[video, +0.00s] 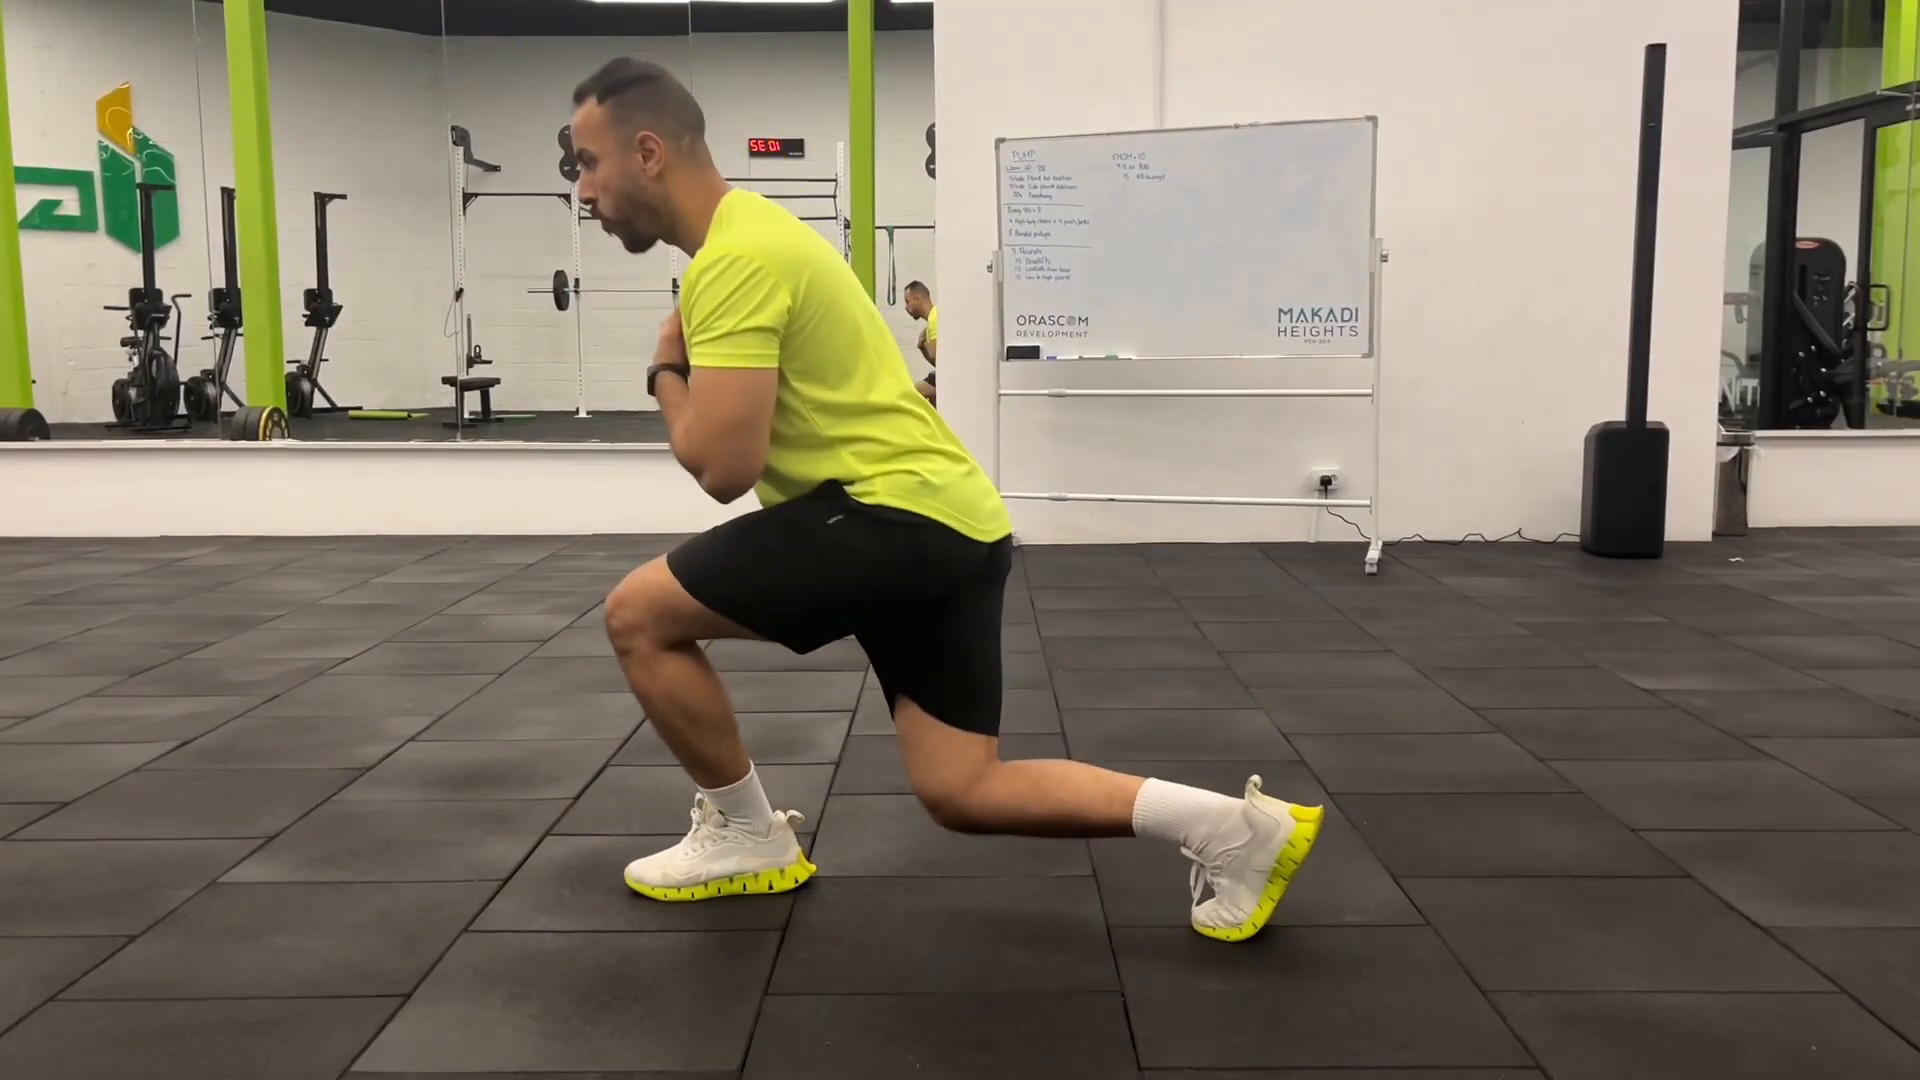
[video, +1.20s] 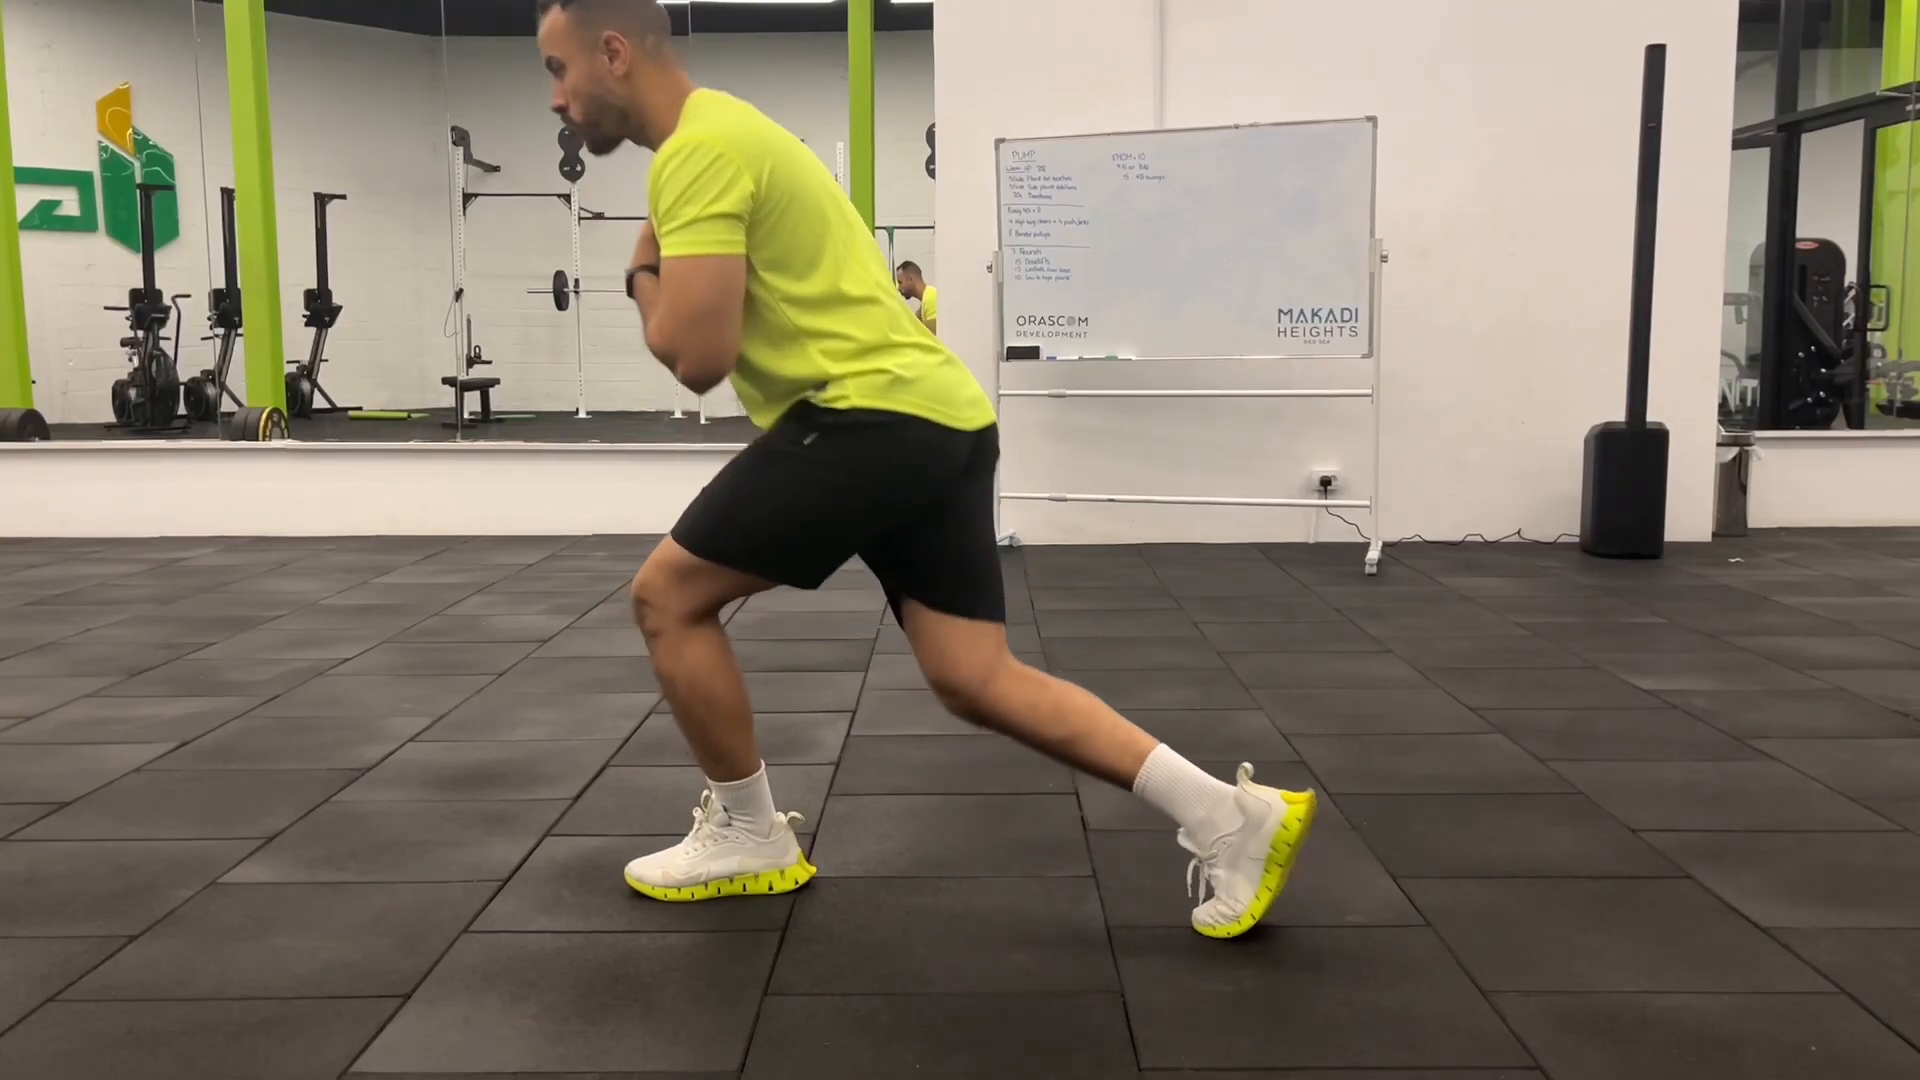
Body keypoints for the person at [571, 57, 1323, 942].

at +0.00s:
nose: (578, 193)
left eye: (585, 164)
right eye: (573, 168)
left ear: (649, 152)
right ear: (658, 154)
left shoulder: (741, 253)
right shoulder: (758, 237)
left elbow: (724, 465)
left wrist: (666, 379)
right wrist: (693, 383)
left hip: (887, 514)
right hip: (951, 518)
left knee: (640, 616)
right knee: (959, 787)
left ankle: (745, 834)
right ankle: (1232, 828)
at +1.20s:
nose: (555, 100)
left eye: (557, 71)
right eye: (548, 76)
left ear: (617, 54)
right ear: (630, 57)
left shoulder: (702, 148)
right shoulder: (738, 135)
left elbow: (697, 358)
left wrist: (643, 279)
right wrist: (672, 282)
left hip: (869, 418)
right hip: (943, 417)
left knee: (668, 597)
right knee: (974, 674)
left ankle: (748, 834)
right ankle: (1227, 818)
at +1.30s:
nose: (521, 54)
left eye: (526, 26)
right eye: (516, 32)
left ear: (587, 11)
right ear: (596, 15)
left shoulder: (674, 103)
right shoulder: (704, 90)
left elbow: (675, 308)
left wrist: (612, 236)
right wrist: (646, 241)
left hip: (839, 380)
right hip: (916, 372)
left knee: (679, 591)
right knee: (964, 623)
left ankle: (747, 829)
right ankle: (1186, 786)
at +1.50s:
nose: (527, 12)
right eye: (519, 2)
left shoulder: (641, 31)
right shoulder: (700, 27)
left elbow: (629, 237)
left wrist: (581, 152)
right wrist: (605, 146)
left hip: (792, 328)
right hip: (872, 323)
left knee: (704, 584)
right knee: (874, 575)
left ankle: (749, 829)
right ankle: (1075, 746)